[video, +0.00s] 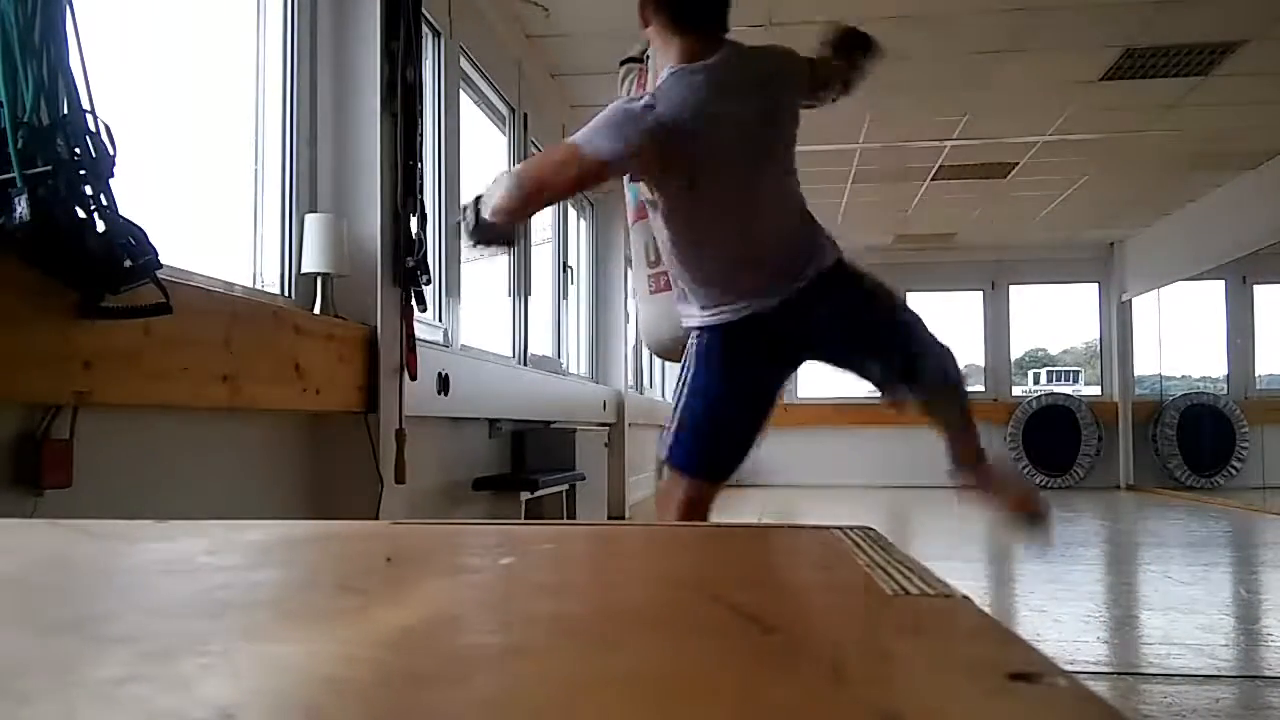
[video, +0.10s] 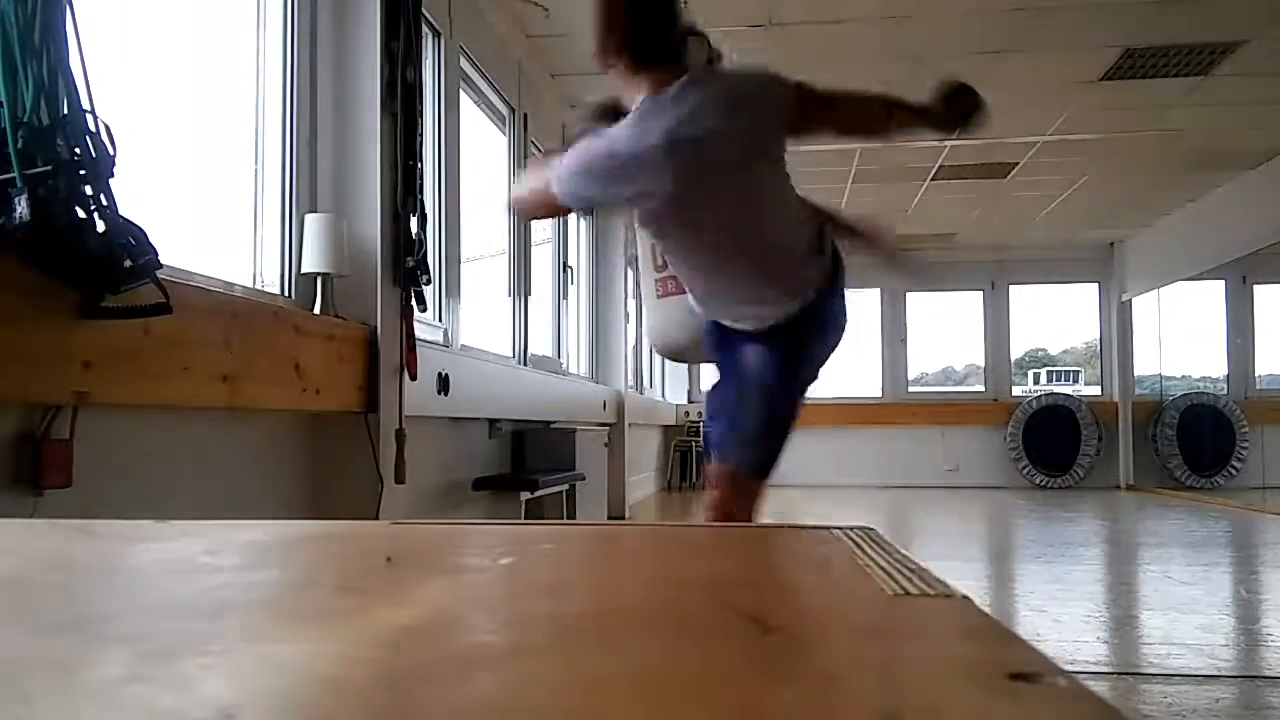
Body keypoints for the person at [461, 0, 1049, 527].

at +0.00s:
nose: (639, 22)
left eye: (640, 15)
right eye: (645, 16)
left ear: (650, 16)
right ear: (718, 15)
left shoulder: (646, 118)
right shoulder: (768, 67)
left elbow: (535, 184)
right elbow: (828, 81)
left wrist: (493, 216)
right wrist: (851, 51)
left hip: (733, 328)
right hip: (822, 286)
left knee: (684, 500)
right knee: (931, 366)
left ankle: (665, 641)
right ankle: (972, 467)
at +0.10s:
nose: (598, 47)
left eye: (602, 35)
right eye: (601, 32)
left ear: (615, 46)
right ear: (675, 31)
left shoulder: (636, 147)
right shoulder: (743, 93)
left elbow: (528, 203)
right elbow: (841, 115)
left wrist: (574, 149)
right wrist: (930, 117)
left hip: (779, 327)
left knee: (727, 497)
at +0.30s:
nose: (560, 105)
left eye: (559, 93)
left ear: (569, 105)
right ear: (647, 68)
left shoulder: (602, 226)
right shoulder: (723, 107)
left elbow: (587, 301)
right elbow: (830, 131)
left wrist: (584, 194)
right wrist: (895, 150)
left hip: (787, 355)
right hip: (838, 266)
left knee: (746, 516)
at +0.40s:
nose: (584, 73)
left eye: (584, 58)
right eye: (585, 57)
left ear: (594, 67)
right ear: (662, 42)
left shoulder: (628, 186)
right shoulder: (743, 83)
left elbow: (610, 309)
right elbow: (847, 118)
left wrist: (597, 223)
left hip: (785, 344)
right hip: (842, 268)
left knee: (738, 516)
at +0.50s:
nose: (633, 35)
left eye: (635, 20)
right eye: (635, 21)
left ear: (651, 19)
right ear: (708, 12)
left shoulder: (666, 133)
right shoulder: (773, 52)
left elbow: (645, 282)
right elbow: (835, 117)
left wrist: (612, 187)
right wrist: (755, 138)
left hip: (777, 332)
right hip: (853, 277)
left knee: (722, 510)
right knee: (850, 355)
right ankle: (915, 493)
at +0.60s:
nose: (689, 14)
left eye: (694, 3)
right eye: (693, 4)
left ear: (712, 7)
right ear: (769, 1)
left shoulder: (732, 90)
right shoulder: (824, 50)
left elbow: (707, 239)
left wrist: (643, 181)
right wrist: (710, 88)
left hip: (783, 325)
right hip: (864, 296)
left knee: (710, 506)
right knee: (888, 435)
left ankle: (709, 670)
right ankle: (965, 575)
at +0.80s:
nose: (824, 18)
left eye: (829, 8)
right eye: (829, 10)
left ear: (850, 1)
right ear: (901, 2)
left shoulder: (880, 48)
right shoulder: (950, 61)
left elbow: (909, 168)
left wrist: (797, 205)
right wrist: (813, 167)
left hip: (859, 325)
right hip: (943, 324)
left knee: (767, 528)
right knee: (994, 525)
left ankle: (741, 700)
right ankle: (1094, 695)